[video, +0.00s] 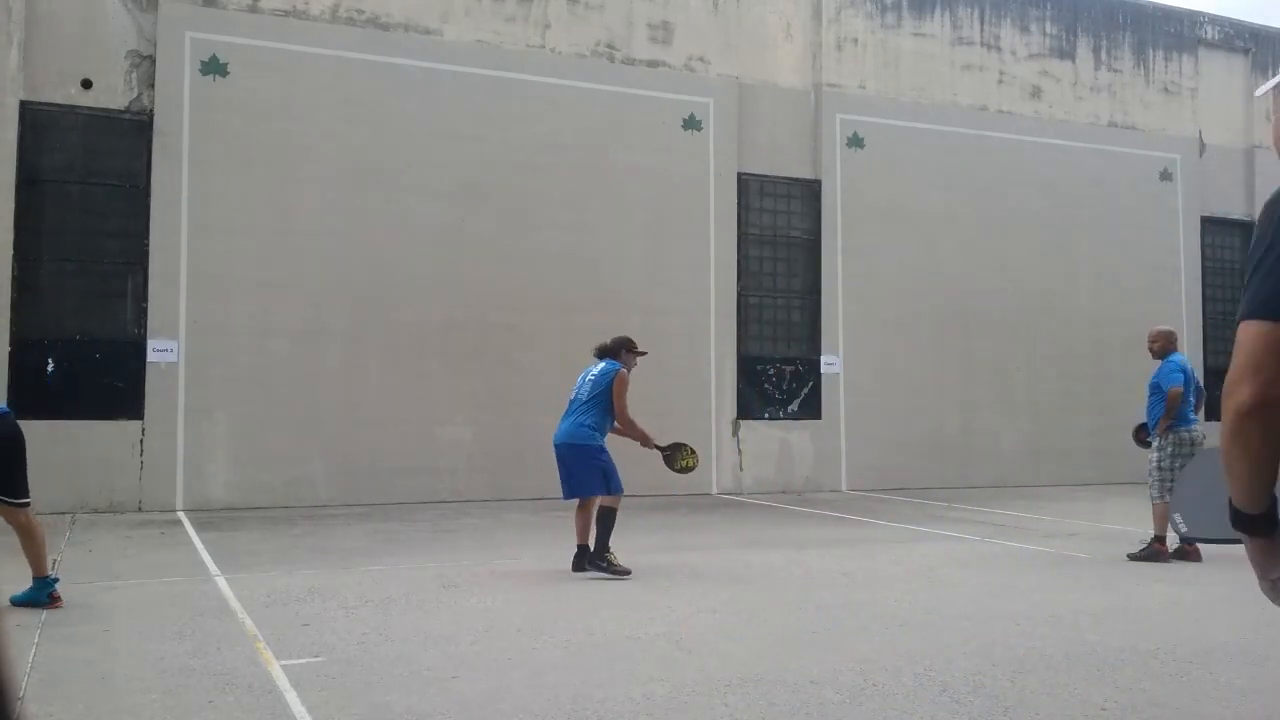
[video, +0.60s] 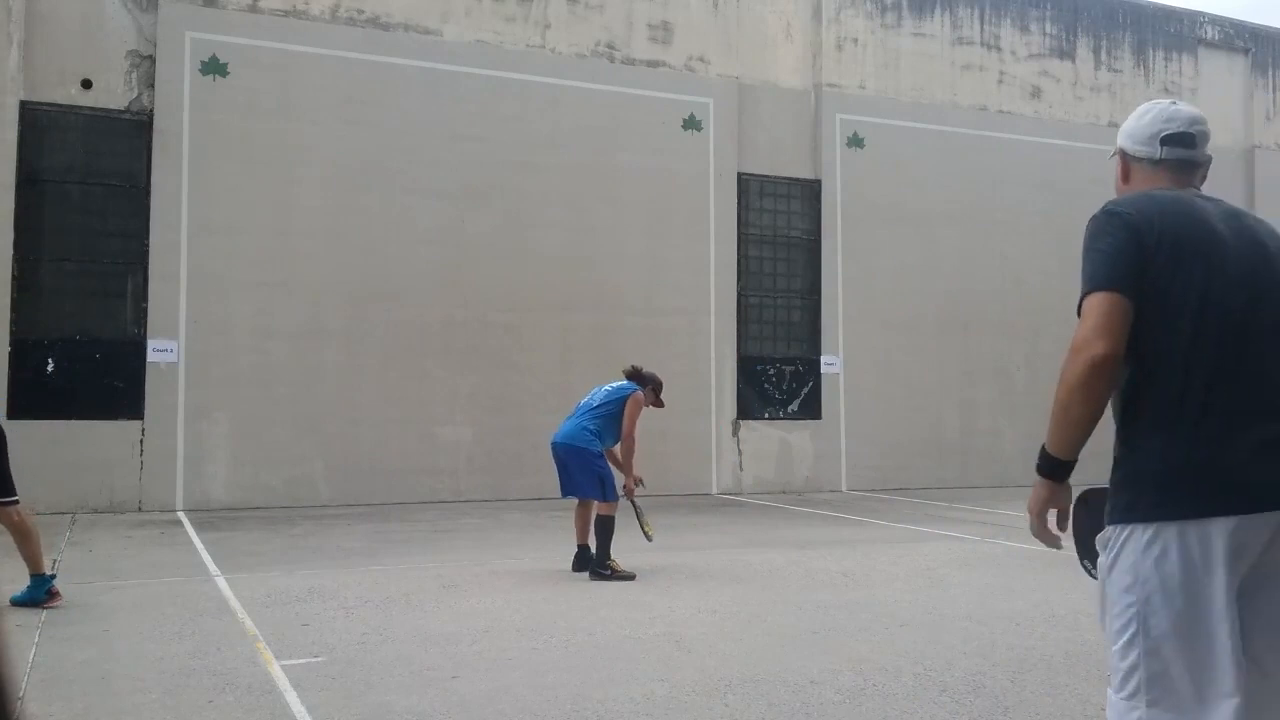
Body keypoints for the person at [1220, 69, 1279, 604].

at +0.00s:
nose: (1271, 132)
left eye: (1272, 118)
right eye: (1272, 118)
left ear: (1276, 128)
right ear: (1274, 132)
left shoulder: (1276, 211)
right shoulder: (1273, 214)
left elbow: (1250, 398)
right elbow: (1250, 399)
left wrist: (1255, 522)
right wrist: (1256, 523)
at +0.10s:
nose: (1245, 138)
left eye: (1248, 121)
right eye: (1246, 121)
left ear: (1266, 123)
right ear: (1275, 125)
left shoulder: (1267, 204)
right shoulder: (1259, 206)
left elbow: (1244, 383)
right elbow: (1245, 382)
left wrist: (1239, 509)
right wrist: (1241, 508)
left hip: (1279, 544)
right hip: (1274, 545)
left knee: (1273, 698)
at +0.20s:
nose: (1219, 148)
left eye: (1221, 132)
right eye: (1221, 133)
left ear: (1236, 133)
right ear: (1272, 137)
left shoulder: (1247, 203)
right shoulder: (1250, 209)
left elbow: (1220, 372)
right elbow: (1231, 368)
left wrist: (1203, 496)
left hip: (1262, 528)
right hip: (1260, 523)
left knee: (1229, 705)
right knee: (1233, 700)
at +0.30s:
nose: (1198, 155)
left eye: (1199, 141)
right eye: (1200, 142)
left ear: (1211, 142)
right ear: (1278, 146)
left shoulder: (1221, 205)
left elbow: (1192, 356)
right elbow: (1265, 347)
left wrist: (1163, 470)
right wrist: (1188, 342)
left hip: (1243, 524)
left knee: (1187, 706)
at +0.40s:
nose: (1170, 164)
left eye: (1172, 151)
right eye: (1173, 152)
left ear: (1183, 150)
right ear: (1262, 156)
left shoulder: (1189, 202)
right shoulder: (1275, 206)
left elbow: (1163, 345)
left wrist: (1135, 456)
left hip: (1225, 511)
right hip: (1271, 507)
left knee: (1168, 702)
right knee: (1259, 697)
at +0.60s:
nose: (1118, 178)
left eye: (1117, 168)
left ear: (1123, 168)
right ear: (1203, 172)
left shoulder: (1125, 219)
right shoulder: (1264, 234)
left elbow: (1099, 351)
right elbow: (1255, 370)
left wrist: (1053, 471)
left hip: (1172, 514)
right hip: (1268, 507)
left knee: (1155, 701)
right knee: (1260, 695)